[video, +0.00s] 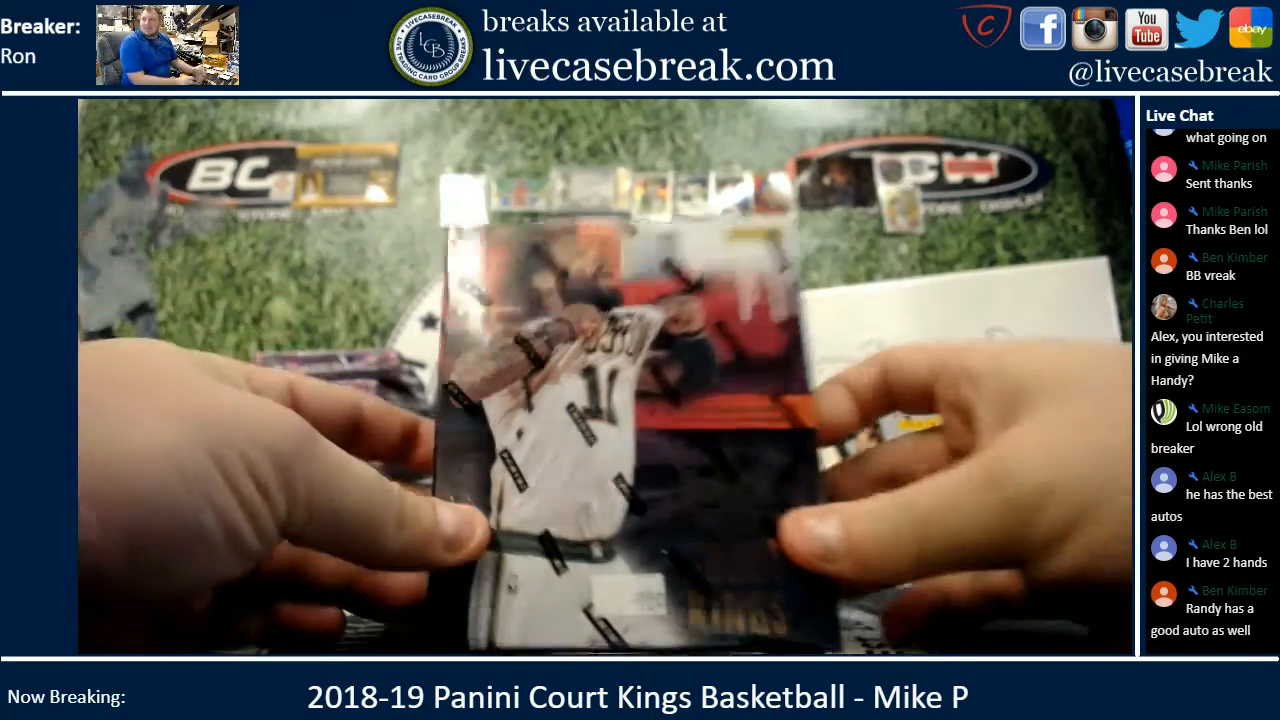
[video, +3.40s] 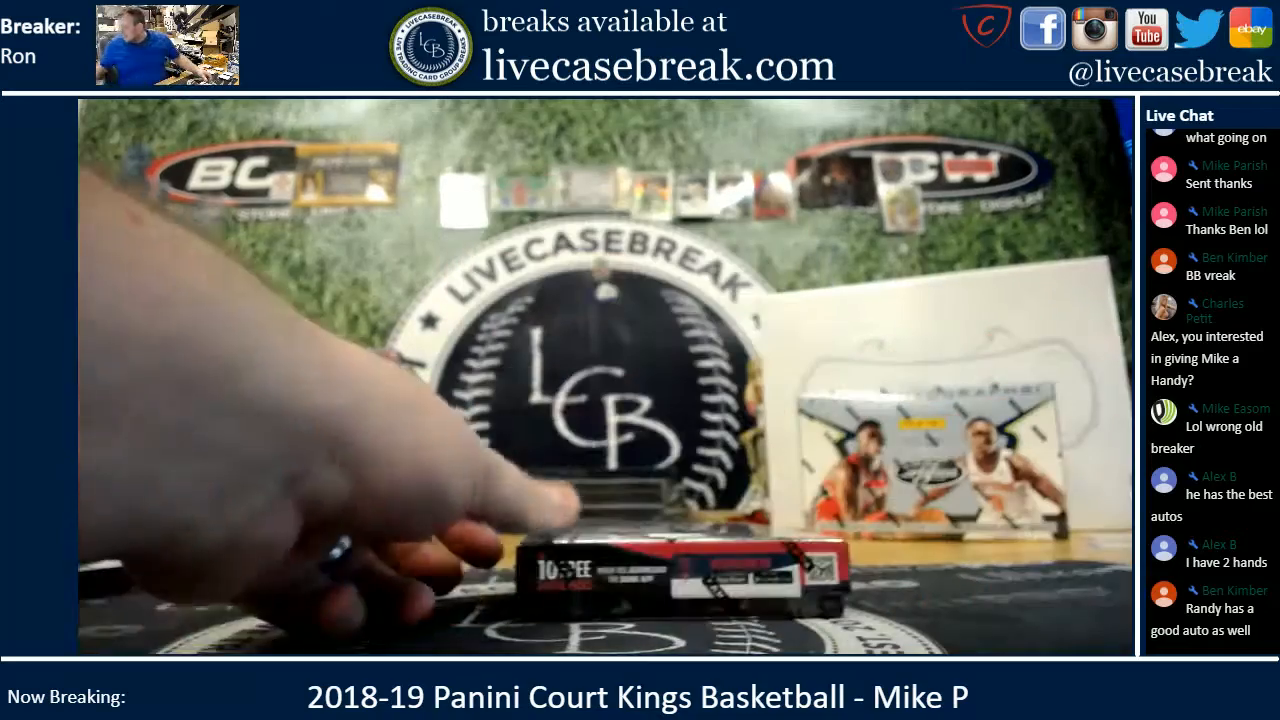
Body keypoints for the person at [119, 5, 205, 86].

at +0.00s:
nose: (147, 24)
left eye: (152, 20)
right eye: (144, 20)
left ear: (160, 22)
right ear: (139, 21)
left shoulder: (164, 39)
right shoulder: (131, 43)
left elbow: (174, 61)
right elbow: (137, 79)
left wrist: (193, 70)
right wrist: (177, 81)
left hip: (166, 90)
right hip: (141, 94)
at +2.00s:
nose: (147, 24)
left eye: (152, 20)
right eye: (143, 20)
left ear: (159, 24)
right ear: (138, 23)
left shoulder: (164, 40)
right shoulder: (128, 45)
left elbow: (174, 63)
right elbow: (136, 81)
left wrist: (194, 71)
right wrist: (177, 81)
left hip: (167, 92)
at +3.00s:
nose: (132, 29)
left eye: (137, 25)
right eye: (130, 25)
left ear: (151, 25)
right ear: (128, 25)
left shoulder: (164, 40)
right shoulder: (123, 46)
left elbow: (175, 61)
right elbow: (122, 80)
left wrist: (195, 70)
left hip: (163, 96)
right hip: (134, 98)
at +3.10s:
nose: (130, 30)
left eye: (134, 25)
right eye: (128, 25)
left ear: (149, 24)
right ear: (127, 25)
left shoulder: (164, 41)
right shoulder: (121, 45)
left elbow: (175, 60)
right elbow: (112, 78)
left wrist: (196, 69)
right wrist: (145, 81)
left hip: (162, 97)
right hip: (132, 100)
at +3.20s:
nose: (127, 30)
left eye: (131, 26)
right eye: (126, 26)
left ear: (145, 26)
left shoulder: (163, 41)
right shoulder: (119, 45)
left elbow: (177, 60)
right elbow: (107, 76)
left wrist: (197, 69)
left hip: (161, 97)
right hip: (130, 100)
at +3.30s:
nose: (125, 31)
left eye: (129, 27)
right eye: (124, 27)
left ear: (143, 26)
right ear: (123, 27)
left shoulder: (162, 41)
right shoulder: (118, 45)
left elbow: (177, 59)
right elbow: (102, 69)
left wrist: (197, 70)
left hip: (160, 98)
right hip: (128, 100)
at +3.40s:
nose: (123, 30)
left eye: (126, 26)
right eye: (122, 26)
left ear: (141, 26)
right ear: (120, 27)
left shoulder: (161, 41)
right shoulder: (115, 45)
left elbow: (178, 58)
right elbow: (101, 70)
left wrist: (197, 70)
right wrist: (94, 73)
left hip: (158, 100)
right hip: (126, 101)